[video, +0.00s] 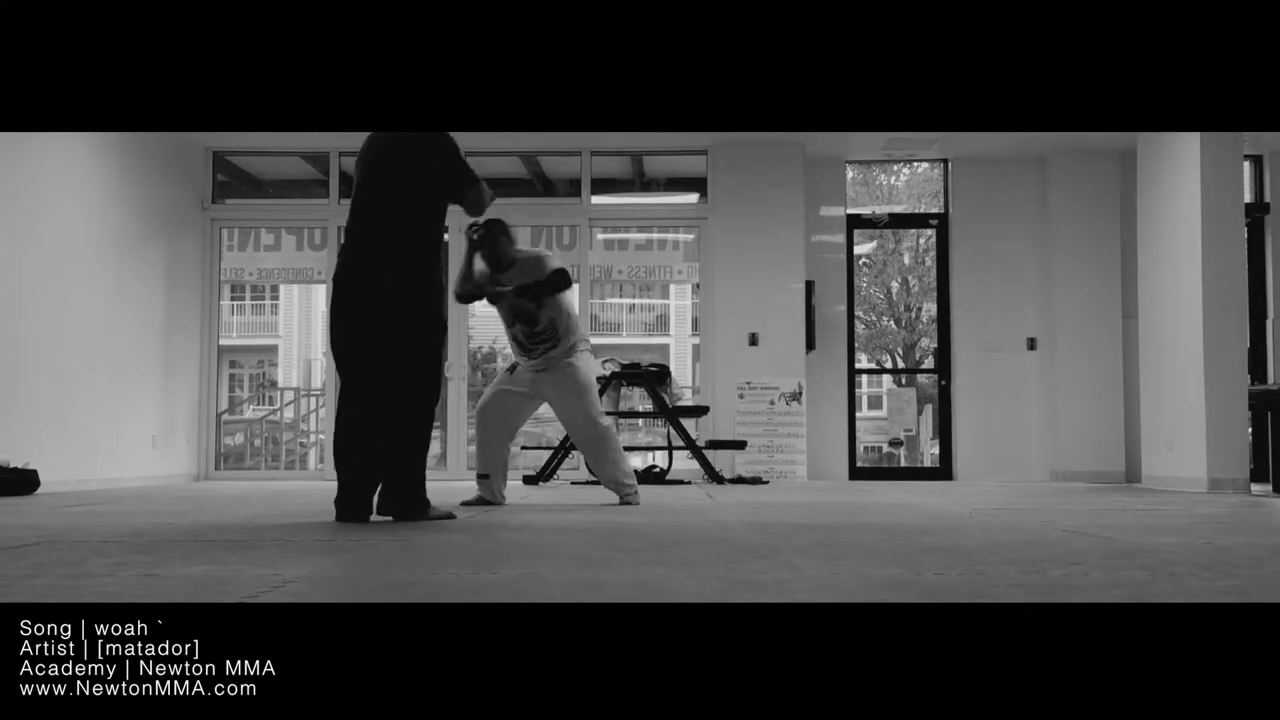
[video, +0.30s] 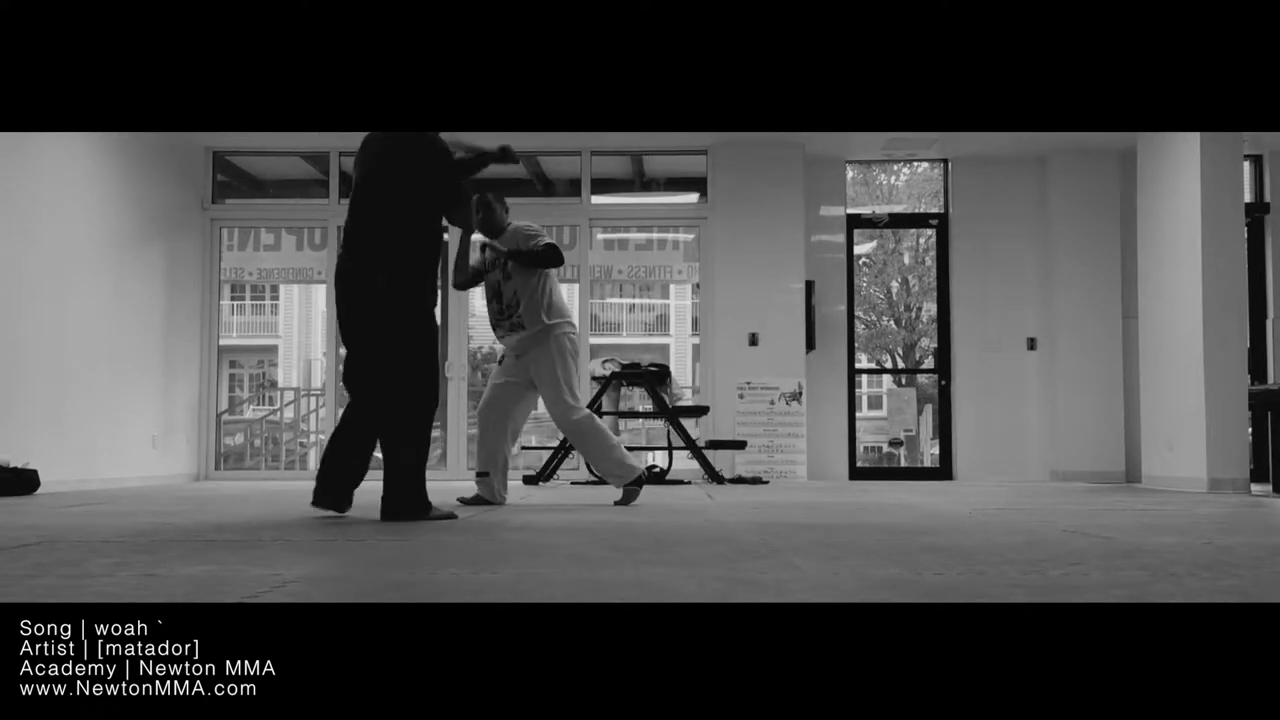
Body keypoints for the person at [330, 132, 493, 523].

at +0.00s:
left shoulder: (372, 143)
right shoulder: (436, 142)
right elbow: (477, 201)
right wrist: (478, 183)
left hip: (357, 283)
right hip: (412, 286)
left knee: (360, 391)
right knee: (414, 393)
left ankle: (352, 503)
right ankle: (406, 500)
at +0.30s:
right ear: (434, 129)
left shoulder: (375, 143)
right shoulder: (427, 150)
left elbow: (434, 172)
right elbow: (464, 216)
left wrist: (486, 157)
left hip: (359, 283)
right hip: (403, 288)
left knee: (372, 391)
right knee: (414, 393)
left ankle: (332, 489)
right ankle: (405, 502)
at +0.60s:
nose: (422, 140)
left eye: (421, 137)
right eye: (422, 137)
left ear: (381, 129)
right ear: (415, 135)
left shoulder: (353, 156)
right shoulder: (414, 167)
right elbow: (442, 231)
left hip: (343, 298)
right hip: (391, 303)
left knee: (341, 394)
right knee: (407, 397)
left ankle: (327, 495)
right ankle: (406, 501)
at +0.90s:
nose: (406, 142)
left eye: (405, 138)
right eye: (405, 138)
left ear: (364, 129)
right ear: (396, 135)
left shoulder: (334, 160)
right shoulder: (388, 165)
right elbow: (411, 218)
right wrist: (439, 253)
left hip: (322, 291)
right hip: (361, 296)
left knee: (326, 390)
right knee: (358, 390)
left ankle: (331, 490)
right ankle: (295, 480)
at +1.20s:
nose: (393, 143)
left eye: (392, 138)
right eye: (391, 137)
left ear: (359, 130)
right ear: (379, 134)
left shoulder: (347, 162)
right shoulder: (355, 162)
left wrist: (448, 215)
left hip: (324, 297)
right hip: (332, 299)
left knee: (331, 395)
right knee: (339, 395)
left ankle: (330, 498)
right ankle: (333, 500)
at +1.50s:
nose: (393, 146)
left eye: (393, 140)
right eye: (390, 138)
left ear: (364, 135)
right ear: (372, 135)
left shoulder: (355, 171)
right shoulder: (343, 168)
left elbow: (394, 227)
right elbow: (373, 235)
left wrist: (426, 193)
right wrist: (388, 228)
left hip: (339, 305)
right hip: (325, 305)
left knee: (338, 399)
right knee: (334, 399)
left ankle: (328, 497)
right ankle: (329, 499)